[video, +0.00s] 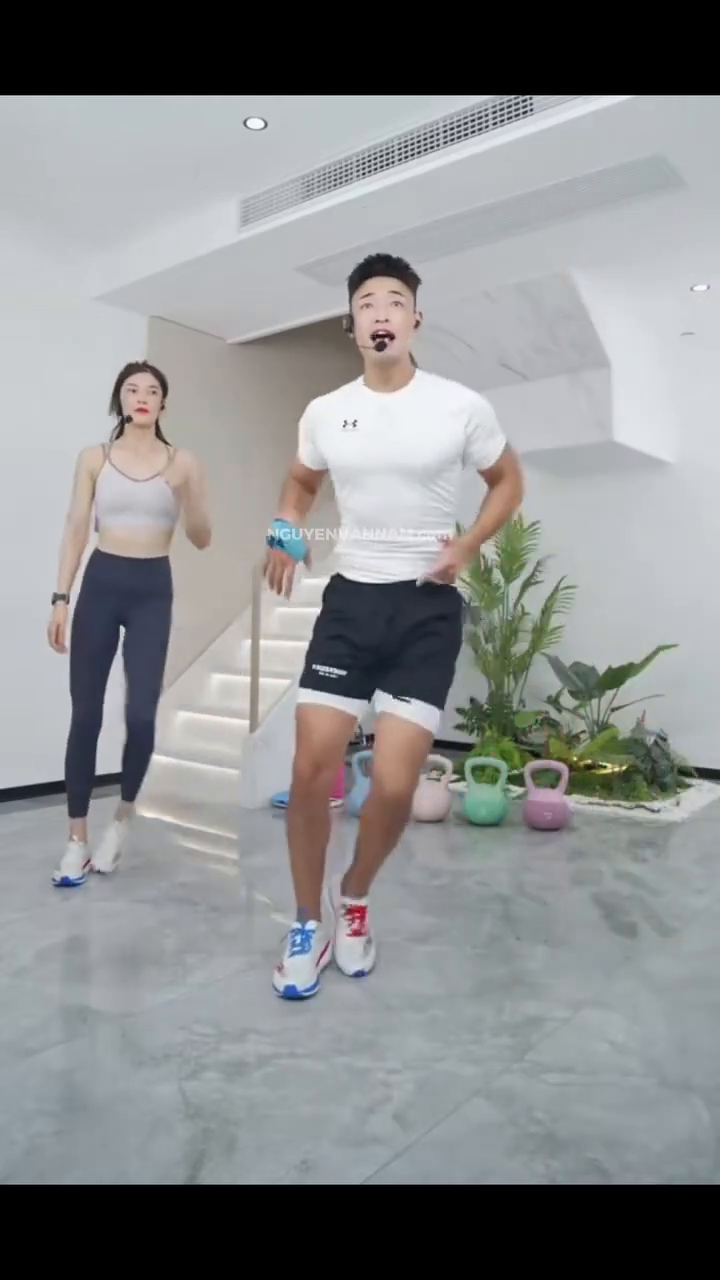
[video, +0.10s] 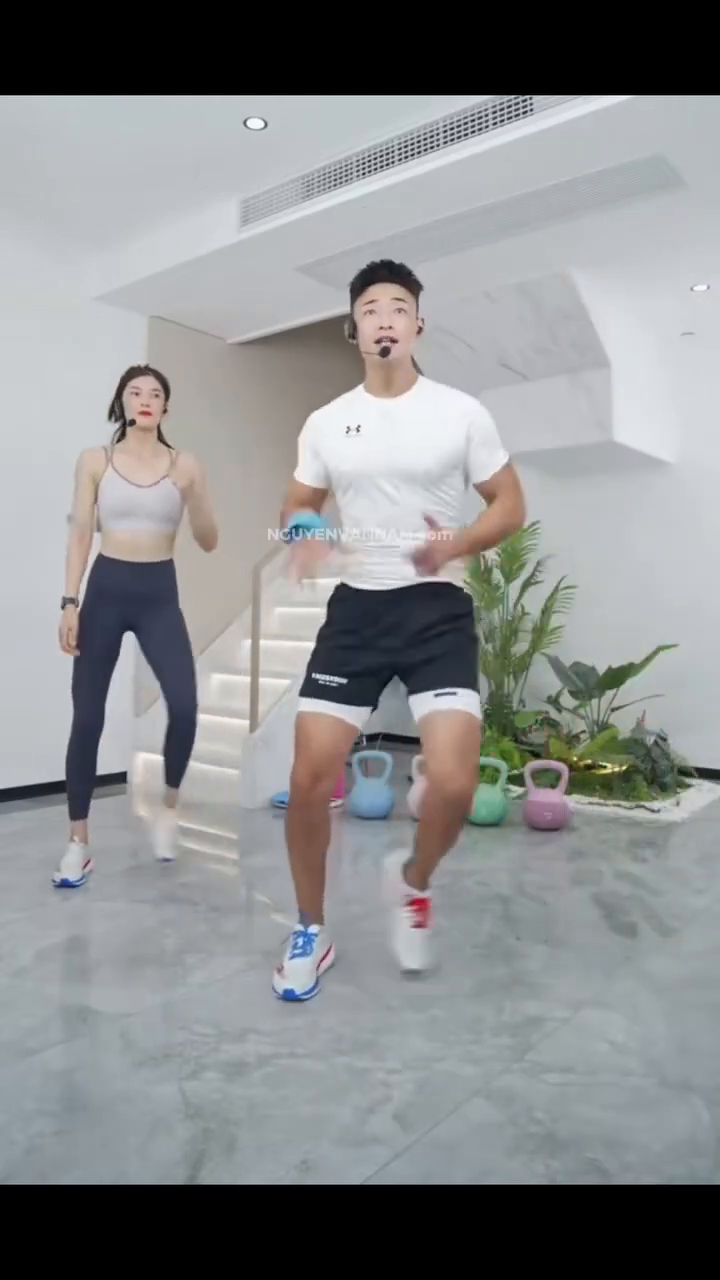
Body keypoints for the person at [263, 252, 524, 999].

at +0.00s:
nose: (380, 314)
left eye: (394, 303)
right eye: (368, 304)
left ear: (417, 319)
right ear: (352, 323)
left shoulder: (462, 408)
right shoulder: (324, 414)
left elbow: (510, 482)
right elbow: (300, 487)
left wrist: (469, 544)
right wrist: (287, 532)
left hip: (428, 609)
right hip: (348, 604)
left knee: (394, 789)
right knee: (311, 768)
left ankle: (353, 899)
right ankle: (305, 924)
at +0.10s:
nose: (384, 320)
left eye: (397, 309)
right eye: (371, 309)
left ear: (419, 324)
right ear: (353, 327)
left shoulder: (462, 414)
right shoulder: (326, 424)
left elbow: (511, 508)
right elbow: (297, 511)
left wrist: (459, 544)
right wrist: (304, 530)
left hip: (438, 612)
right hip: (353, 613)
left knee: (453, 786)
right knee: (310, 779)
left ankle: (415, 885)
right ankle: (308, 930)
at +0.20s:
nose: (402, 312)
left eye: (415, 300)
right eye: (388, 301)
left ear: (437, 316)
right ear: (369, 320)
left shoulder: (478, 399)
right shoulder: (338, 409)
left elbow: (520, 503)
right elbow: (321, 520)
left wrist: (452, 482)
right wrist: (355, 467)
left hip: (459, 601)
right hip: (374, 606)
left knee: (516, 765)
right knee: (330, 772)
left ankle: (509, 906)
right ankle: (311, 930)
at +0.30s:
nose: (434, 297)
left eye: (447, 285)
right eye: (420, 288)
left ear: (469, 302)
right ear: (398, 308)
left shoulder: (508, 385)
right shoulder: (369, 394)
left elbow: (552, 490)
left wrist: (475, 435)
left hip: (494, 588)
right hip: (405, 593)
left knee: (559, 774)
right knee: (360, 767)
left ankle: (600, 950)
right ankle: (321, 928)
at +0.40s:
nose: (469, 311)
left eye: (483, 299)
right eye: (454, 300)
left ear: (503, 315)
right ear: (435, 319)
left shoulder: (546, 398)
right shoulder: (404, 410)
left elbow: (600, 494)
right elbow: (387, 517)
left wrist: (522, 468)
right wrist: (433, 454)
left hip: (538, 606)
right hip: (447, 612)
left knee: (585, 780)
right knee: (368, 771)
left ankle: (625, 966)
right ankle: (324, 925)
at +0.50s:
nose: (495, 321)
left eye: (509, 306)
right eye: (480, 309)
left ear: (531, 319)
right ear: (459, 325)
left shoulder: (573, 404)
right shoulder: (432, 418)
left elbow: (642, 499)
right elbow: (418, 521)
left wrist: (603, 538)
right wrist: (430, 545)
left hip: (565, 609)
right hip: (473, 613)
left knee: (603, 785)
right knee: (375, 746)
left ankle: (624, 968)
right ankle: (343, 909)